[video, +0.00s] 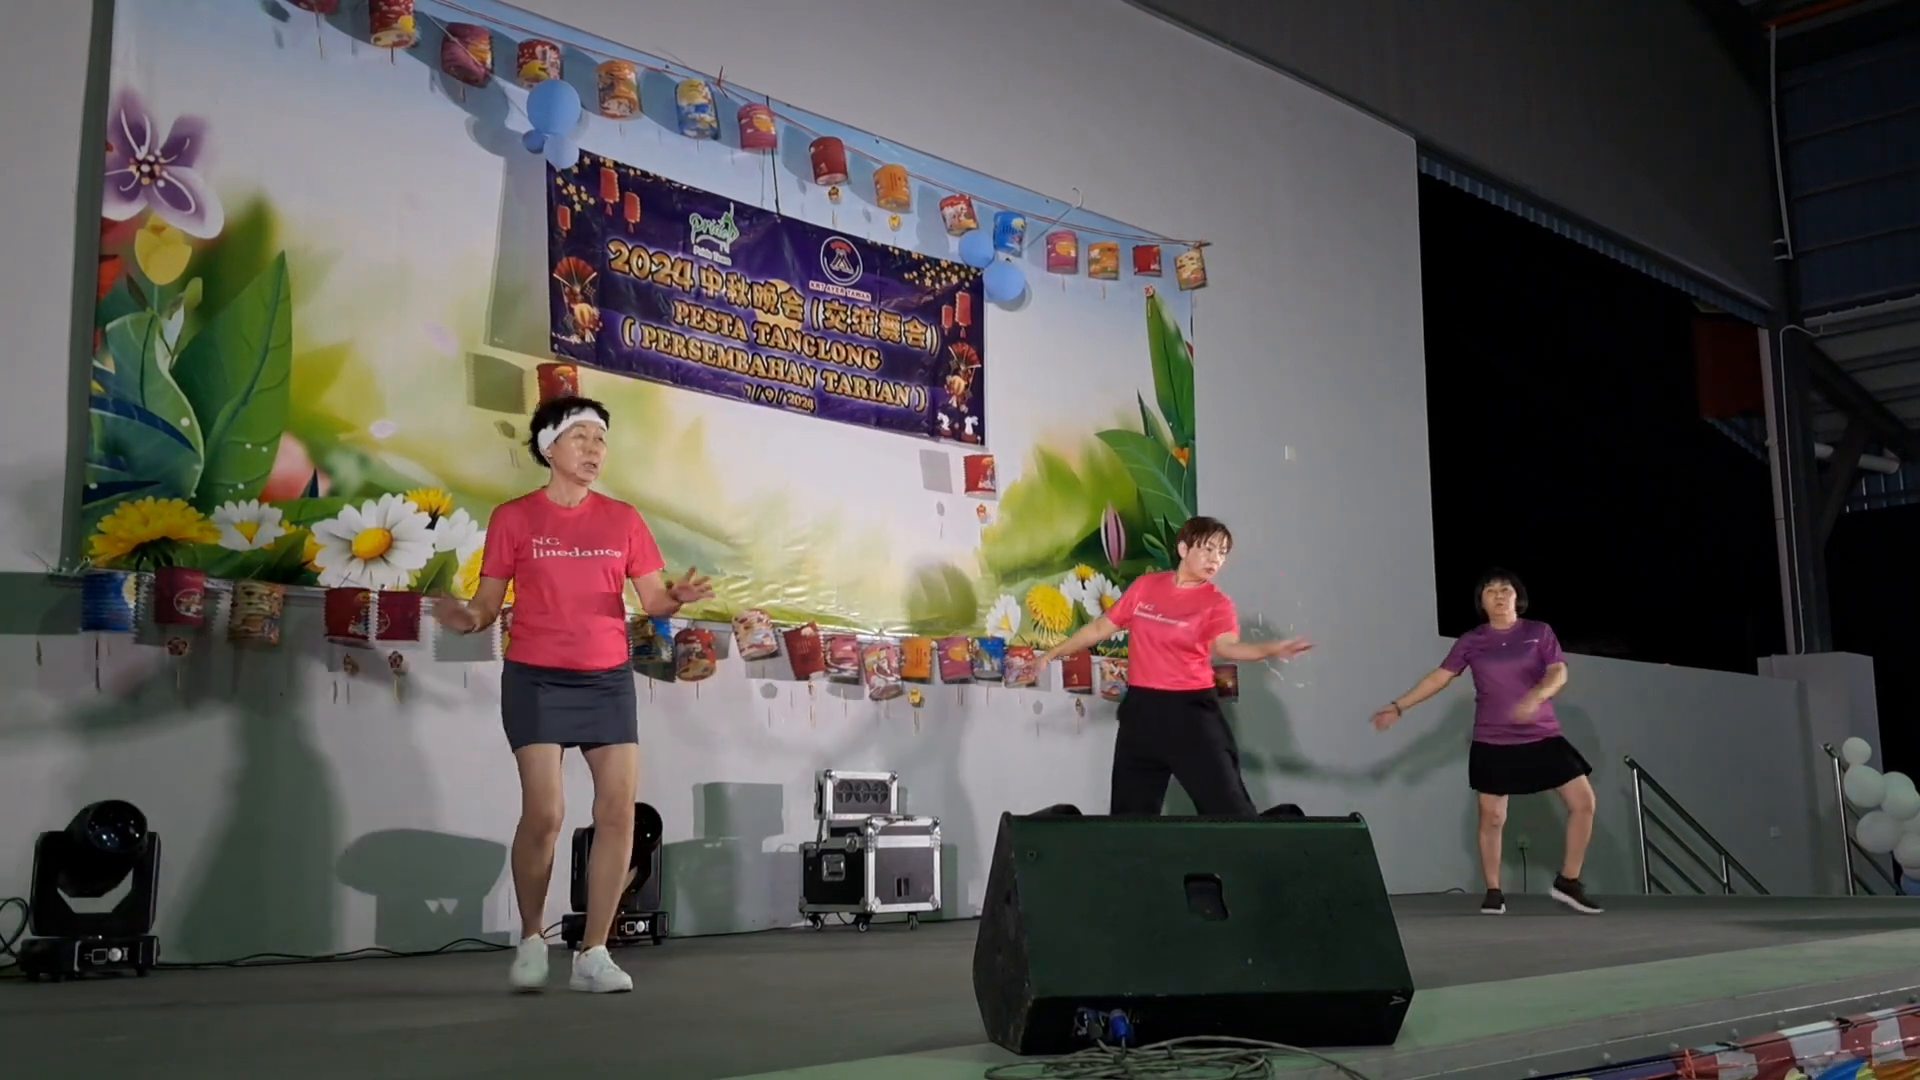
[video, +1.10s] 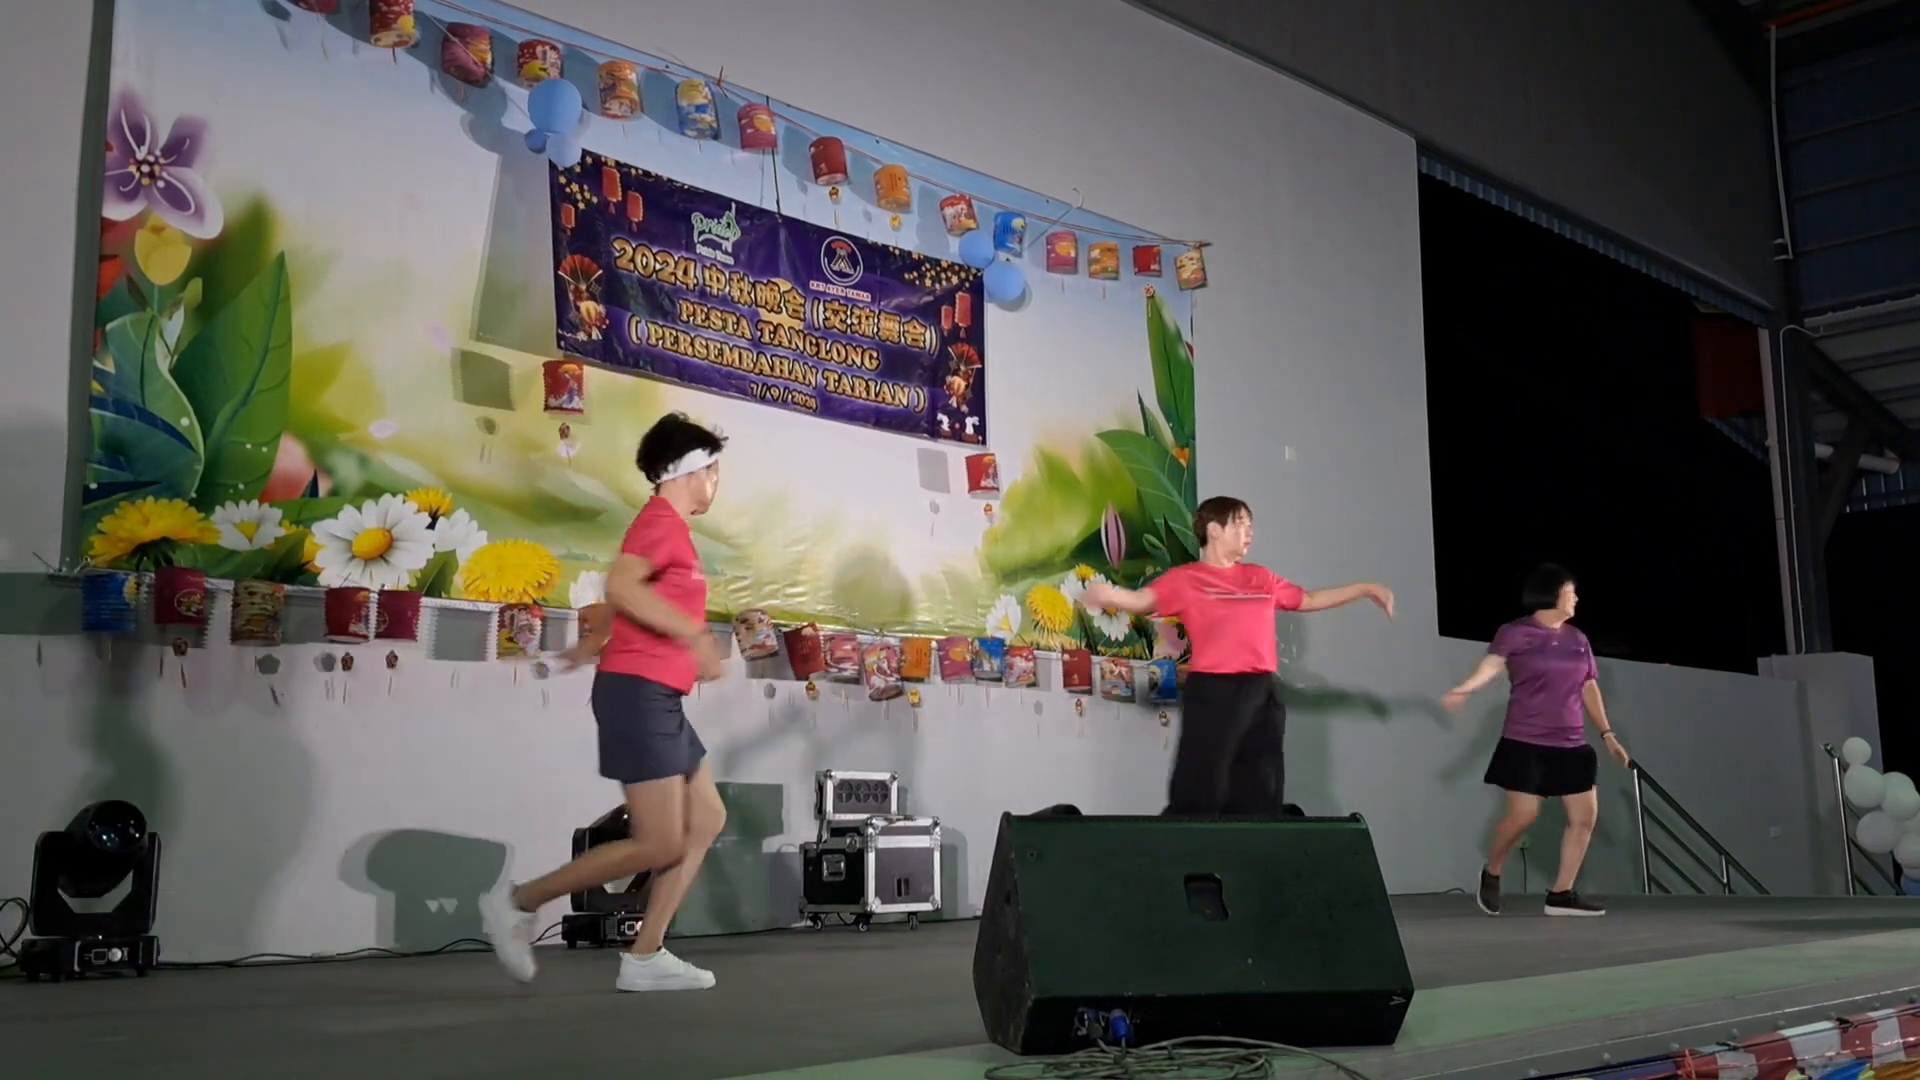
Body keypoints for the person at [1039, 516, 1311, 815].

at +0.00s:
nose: (1215, 559)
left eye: (1222, 554)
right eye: (1208, 549)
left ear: (1225, 561)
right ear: (1183, 548)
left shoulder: (1217, 603)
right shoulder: (1146, 587)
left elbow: (1225, 648)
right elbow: (1101, 628)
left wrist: (1272, 649)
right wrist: (1050, 654)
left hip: (1193, 716)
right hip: (1141, 713)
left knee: (1233, 817)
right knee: (1129, 824)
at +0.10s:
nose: (1204, 566)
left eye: (1211, 560)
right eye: (1196, 556)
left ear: (1215, 566)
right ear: (1173, 556)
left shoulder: (1199, 611)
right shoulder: (1141, 590)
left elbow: (1191, 664)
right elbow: (1105, 636)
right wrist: (1064, 666)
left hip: (1180, 723)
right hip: (1131, 719)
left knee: (1226, 818)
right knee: (1118, 825)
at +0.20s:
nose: (1193, 571)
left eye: (1200, 566)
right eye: (1186, 561)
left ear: (1204, 573)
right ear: (1163, 560)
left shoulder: (1189, 615)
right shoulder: (1141, 593)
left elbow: (1167, 663)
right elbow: (1122, 642)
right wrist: (1099, 675)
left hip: (1171, 725)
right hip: (1126, 721)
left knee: (1220, 818)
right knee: (1111, 823)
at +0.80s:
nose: (1201, 549)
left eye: (1207, 544)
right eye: (1193, 540)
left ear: (1209, 553)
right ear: (1167, 544)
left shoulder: (1199, 591)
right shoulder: (1144, 585)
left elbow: (1209, 645)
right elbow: (1114, 632)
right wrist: (1086, 655)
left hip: (1193, 703)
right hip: (1144, 705)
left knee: (1239, 803)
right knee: (1136, 810)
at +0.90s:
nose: (1219, 541)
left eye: (1222, 535)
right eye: (1210, 533)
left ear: (1224, 543)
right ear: (1183, 538)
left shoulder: (1226, 583)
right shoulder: (1149, 585)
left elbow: (1264, 621)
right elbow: (1099, 618)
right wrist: (1048, 638)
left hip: (1215, 702)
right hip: (1159, 704)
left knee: (1243, 793)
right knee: (1154, 806)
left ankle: (1236, 880)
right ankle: (1153, 888)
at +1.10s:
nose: (1249, 534)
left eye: (1250, 527)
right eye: (1242, 526)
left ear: (1234, 534)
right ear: (1213, 530)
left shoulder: (1259, 578)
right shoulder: (1185, 578)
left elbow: (1309, 600)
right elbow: (1142, 601)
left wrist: (1365, 589)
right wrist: (1106, 595)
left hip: (1261, 694)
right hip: (1211, 692)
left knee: (1259, 793)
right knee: (1200, 792)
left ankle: (1255, 879)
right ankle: (1187, 873)